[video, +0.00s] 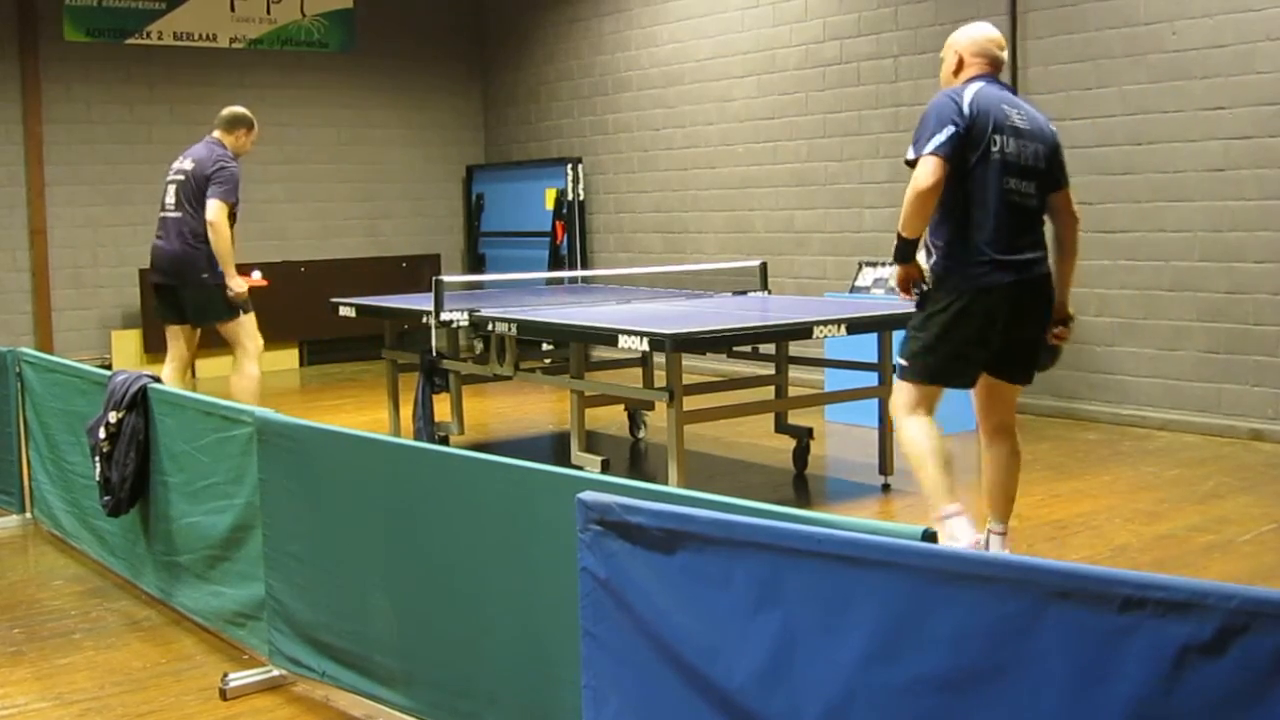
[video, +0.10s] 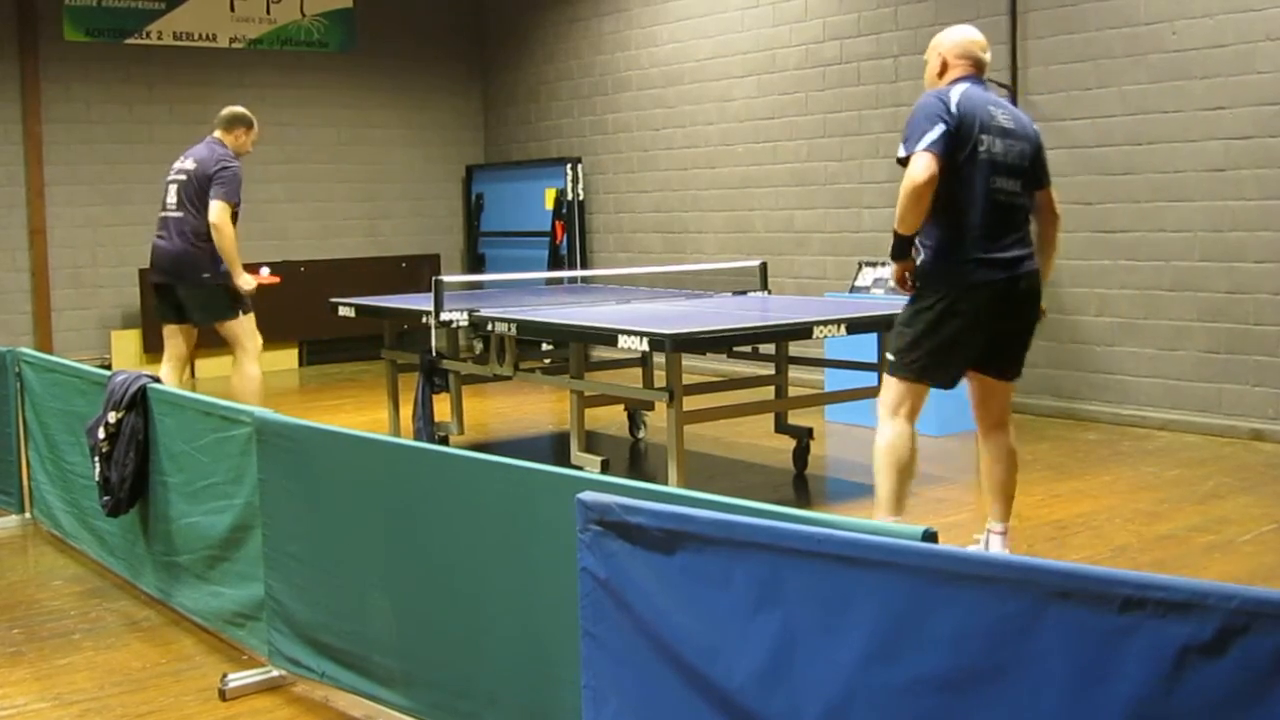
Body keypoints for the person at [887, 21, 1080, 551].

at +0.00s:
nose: (940, 74)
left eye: (943, 64)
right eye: (941, 66)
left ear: (957, 61)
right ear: (1002, 66)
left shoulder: (953, 102)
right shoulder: (1040, 124)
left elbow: (929, 181)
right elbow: (1067, 219)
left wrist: (905, 255)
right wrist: (1061, 299)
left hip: (964, 289)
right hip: (1029, 293)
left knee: (908, 407)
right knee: (998, 417)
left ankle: (952, 525)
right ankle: (995, 542)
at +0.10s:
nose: (926, 76)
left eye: (928, 66)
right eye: (927, 67)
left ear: (942, 62)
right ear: (984, 66)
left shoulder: (940, 102)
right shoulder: (1024, 122)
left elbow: (922, 175)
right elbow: (1048, 214)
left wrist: (901, 251)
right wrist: (1036, 280)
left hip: (951, 286)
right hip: (1016, 288)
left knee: (897, 409)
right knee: (995, 421)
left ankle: (885, 535)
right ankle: (998, 541)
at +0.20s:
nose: (909, 79)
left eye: (911, 70)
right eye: (911, 71)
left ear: (926, 67)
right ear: (964, 69)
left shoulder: (919, 107)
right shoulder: (1005, 121)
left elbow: (906, 179)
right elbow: (1029, 212)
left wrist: (888, 254)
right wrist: (1008, 266)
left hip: (938, 287)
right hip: (1003, 288)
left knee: (885, 415)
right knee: (983, 420)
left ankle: (845, 529)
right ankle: (994, 538)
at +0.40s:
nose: (862, 94)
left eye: (864, 86)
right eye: (865, 87)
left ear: (877, 86)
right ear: (917, 87)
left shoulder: (864, 128)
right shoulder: (960, 131)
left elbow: (830, 199)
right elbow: (997, 215)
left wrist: (842, 261)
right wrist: (965, 264)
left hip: (900, 293)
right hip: (968, 292)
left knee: (852, 414)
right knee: (948, 409)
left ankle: (826, 531)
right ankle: (987, 511)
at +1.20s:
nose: (816, 198)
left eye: (815, 193)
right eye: (816, 193)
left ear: (824, 187)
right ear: (861, 179)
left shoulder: (823, 209)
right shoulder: (910, 202)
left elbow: (799, 296)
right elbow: (924, 274)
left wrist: (808, 323)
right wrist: (860, 327)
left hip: (895, 317)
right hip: (964, 312)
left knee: (821, 423)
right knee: (963, 416)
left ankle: (814, 535)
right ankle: (993, 517)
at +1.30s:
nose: (814, 204)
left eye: (813, 199)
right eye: (813, 199)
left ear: (822, 193)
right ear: (858, 185)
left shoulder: (821, 215)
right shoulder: (909, 208)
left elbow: (799, 304)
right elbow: (923, 278)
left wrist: (810, 325)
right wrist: (854, 330)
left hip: (893, 322)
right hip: (961, 317)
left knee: (816, 425)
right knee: (960, 419)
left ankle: (813, 537)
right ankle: (993, 518)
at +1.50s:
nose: (812, 210)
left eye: (811, 204)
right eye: (810, 204)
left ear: (821, 198)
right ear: (857, 190)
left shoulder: (820, 221)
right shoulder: (907, 213)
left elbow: (802, 310)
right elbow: (918, 282)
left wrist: (817, 324)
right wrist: (851, 325)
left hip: (892, 328)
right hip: (960, 323)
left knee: (815, 428)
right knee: (957, 423)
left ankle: (812, 540)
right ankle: (993, 522)